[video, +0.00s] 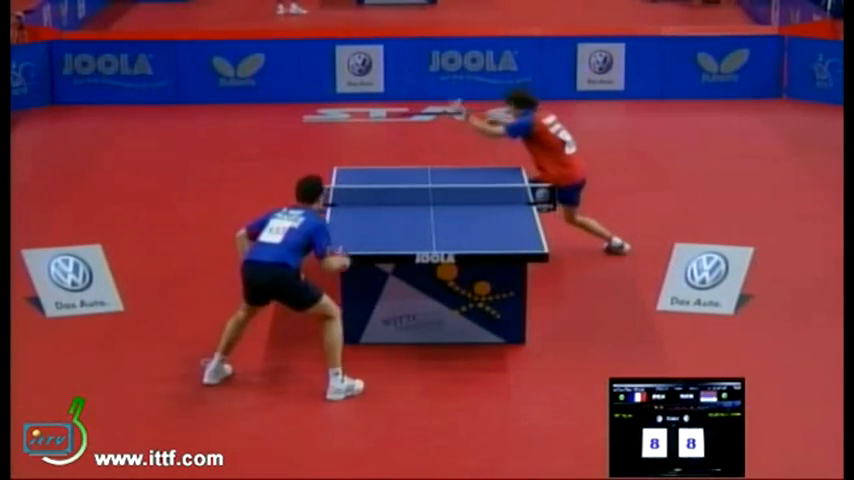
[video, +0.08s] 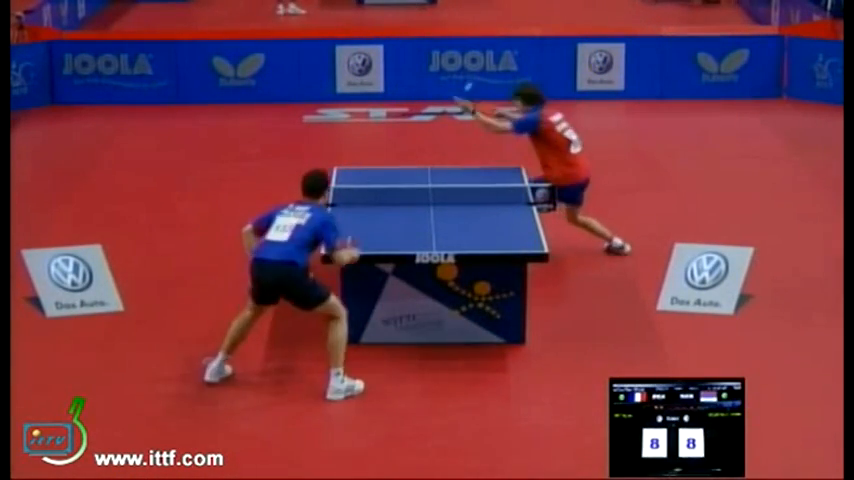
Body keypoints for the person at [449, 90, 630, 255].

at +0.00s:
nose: (509, 111)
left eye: (511, 108)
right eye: (510, 108)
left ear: (520, 109)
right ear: (530, 105)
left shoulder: (529, 123)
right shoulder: (544, 116)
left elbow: (494, 132)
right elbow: (509, 124)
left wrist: (468, 119)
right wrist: (485, 119)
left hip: (559, 182)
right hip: (575, 177)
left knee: (518, 200)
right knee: (572, 217)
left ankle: (523, 244)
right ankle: (614, 241)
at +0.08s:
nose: (516, 107)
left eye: (518, 103)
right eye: (516, 103)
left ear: (527, 105)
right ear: (537, 101)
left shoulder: (535, 120)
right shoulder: (551, 114)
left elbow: (500, 128)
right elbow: (521, 119)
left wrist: (474, 113)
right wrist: (504, 113)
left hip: (561, 182)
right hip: (580, 178)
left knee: (516, 196)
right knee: (573, 217)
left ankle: (522, 244)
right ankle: (615, 242)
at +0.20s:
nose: (521, 100)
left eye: (524, 97)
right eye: (522, 97)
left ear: (533, 98)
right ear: (543, 96)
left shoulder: (543, 116)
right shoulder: (559, 108)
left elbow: (511, 133)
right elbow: (532, 115)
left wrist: (482, 127)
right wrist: (516, 109)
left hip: (566, 177)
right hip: (586, 173)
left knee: (527, 198)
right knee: (577, 213)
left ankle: (525, 242)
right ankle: (617, 241)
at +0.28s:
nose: (524, 99)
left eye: (526, 95)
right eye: (524, 95)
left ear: (535, 96)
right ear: (546, 92)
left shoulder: (544, 112)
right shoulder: (560, 103)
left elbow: (525, 137)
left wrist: (493, 141)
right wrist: (528, 108)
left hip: (569, 173)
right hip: (590, 168)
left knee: (531, 197)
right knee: (579, 210)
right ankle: (617, 241)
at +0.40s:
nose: (519, 97)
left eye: (521, 94)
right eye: (519, 93)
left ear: (530, 94)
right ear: (540, 91)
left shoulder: (541, 110)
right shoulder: (554, 97)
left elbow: (537, 138)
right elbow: (529, 109)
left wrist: (515, 155)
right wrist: (509, 113)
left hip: (572, 169)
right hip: (589, 163)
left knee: (536, 196)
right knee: (582, 209)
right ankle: (617, 240)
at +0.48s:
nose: (512, 100)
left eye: (514, 96)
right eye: (512, 96)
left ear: (524, 96)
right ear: (532, 92)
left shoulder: (537, 111)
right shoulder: (548, 98)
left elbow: (538, 139)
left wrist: (519, 157)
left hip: (572, 166)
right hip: (584, 160)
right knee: (581, 208)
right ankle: (617, 239)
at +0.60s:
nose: (505, 108)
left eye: (506, 104)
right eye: (503, 104)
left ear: (515, 101)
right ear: (519, 98)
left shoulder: (531, 113)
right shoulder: (531, 102)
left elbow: (539, 144)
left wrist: (524, 162)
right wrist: (507, 117)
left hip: (565, 164)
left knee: (566, 207)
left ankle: (609, 229)